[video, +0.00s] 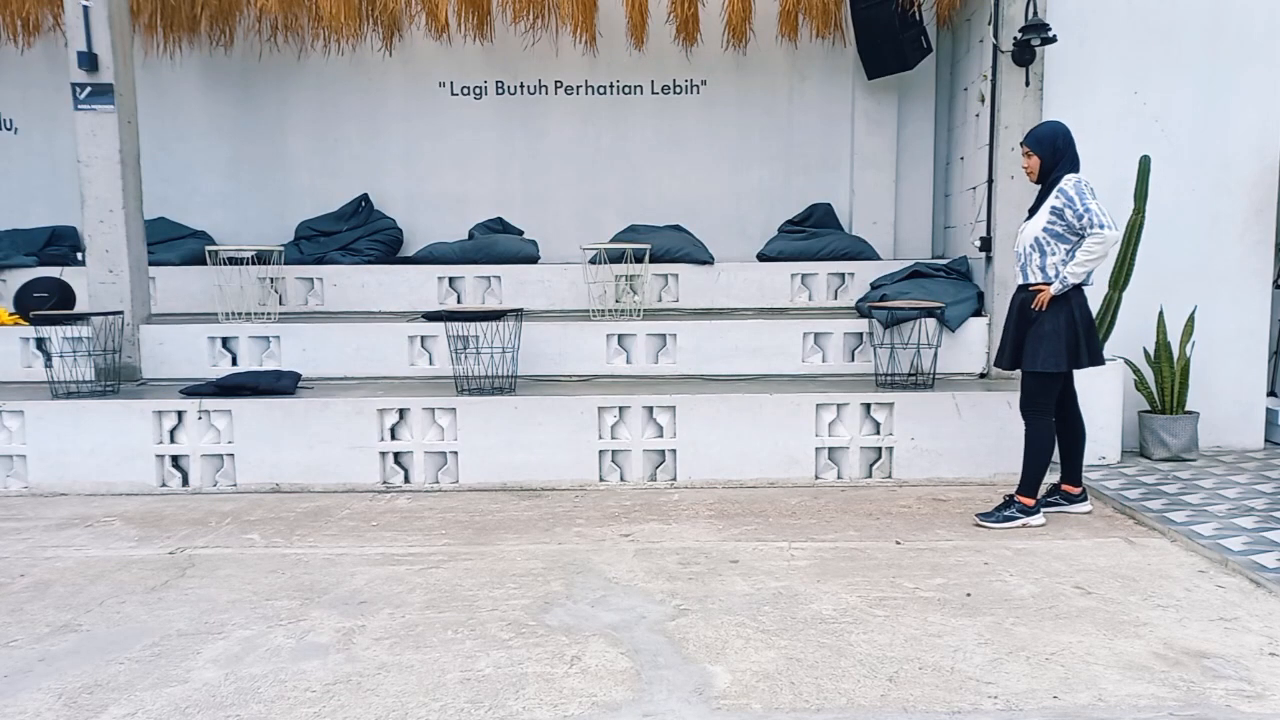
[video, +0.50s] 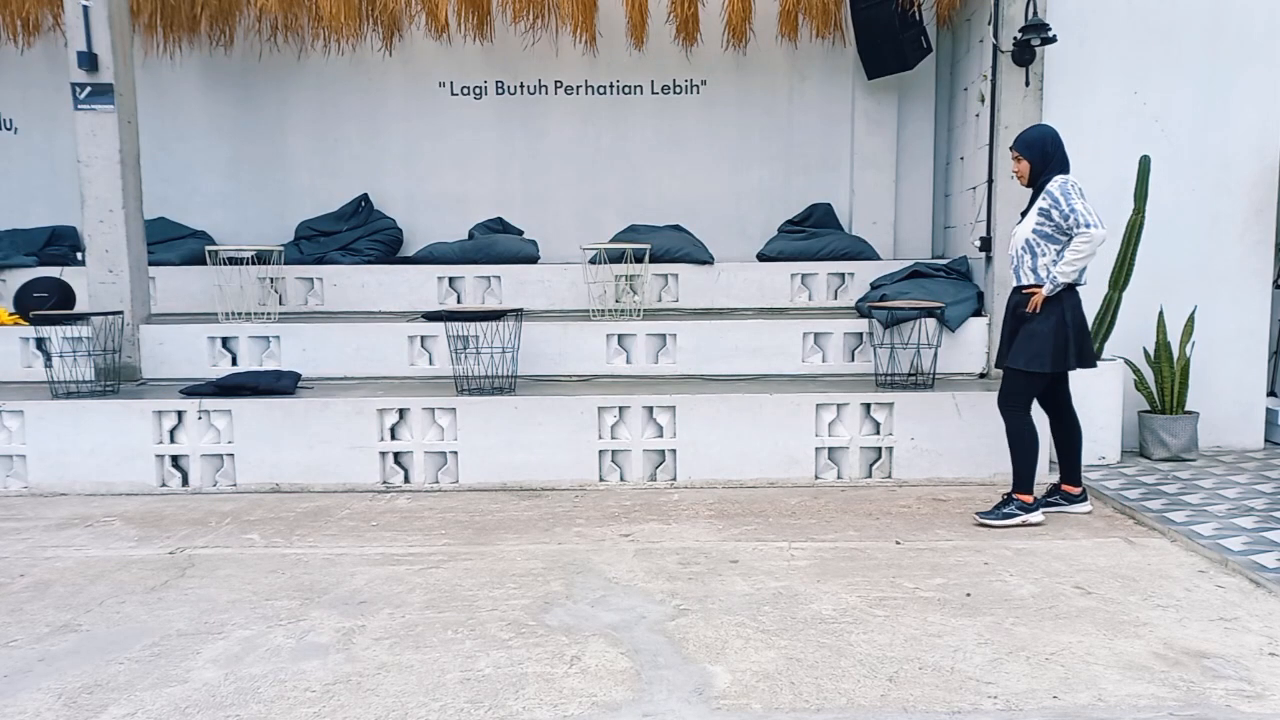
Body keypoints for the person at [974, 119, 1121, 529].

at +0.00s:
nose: (1024, 163)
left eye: (1030, 155)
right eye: (1024, 156)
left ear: (1052, 154)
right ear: (1043, 156)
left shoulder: (1071, 186)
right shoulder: (1050, 193)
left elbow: (1103, 233)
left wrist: (1060, 283)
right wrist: (1035, 283)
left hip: (1052, 311)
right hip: (1041, 309)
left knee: (1037, 406)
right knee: (1063, 404)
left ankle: (1024, 500)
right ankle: (1072, 488)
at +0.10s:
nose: (1024, 164)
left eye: (1029, 156)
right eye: (1023, 156)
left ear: (1052, 154)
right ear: (1043, 157)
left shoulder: (1069, 186)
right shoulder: (1050, 193)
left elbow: (1102, 232)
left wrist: (1060, 283)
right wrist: (1037, 282)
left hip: (1051, 311)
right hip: (1043, 308)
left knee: (1040, 407)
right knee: (1063, 403)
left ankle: (1025, 501)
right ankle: (1072, 488)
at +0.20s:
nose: (1022, 164)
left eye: (1028, 156)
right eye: (1021, 157)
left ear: (1050, 154)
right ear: (1042, 157)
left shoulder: (1067, 186)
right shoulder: (1049, 192)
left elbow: (1101, 232)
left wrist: (1059, 283)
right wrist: (1038, 282)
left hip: (1051, 310)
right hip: (1044, 308)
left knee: (1040, 407)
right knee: (1063, 403)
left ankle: (1026, 501)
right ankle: (1072, 488)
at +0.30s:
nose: (1020, 164)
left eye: (1026, 156)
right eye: (1020, 157)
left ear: (1048, 154)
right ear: (1042, 157)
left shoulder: (1065, 186)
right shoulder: (1048, 192)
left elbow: (1098, 232)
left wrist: (1056, 282)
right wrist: (1038, 281)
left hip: (1049, 311)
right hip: (1045, 308)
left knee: (1035, 406)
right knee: (1063, 404)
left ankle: (1025, 501)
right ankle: (1072, 488)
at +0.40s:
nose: (1018, 165)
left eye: (1024, 157)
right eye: (1018, 158)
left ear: (1045, 155)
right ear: (1041, 157)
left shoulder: (1063, 186)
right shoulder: (1047, 192)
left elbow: (1095, 232)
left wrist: (1054, 282)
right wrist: (1037, 282)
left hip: (1048, 311)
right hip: (1044, 308)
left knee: (1027, 404)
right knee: (1061, 402)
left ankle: (1024, 501)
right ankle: (1072, 488)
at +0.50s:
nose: (1015, 168)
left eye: (1020, 160)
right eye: (1014, 160)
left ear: (1041, 157)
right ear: (1038, 159)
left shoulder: (1060, 187)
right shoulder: (1044, 194)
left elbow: (1091, 232)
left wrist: (1052, 283)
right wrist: (1032, 284)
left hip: (1045, 311)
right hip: (1040, 309)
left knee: (1013, 402)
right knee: (1056, 401)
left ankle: (1022, 499)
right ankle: (1071, 488)